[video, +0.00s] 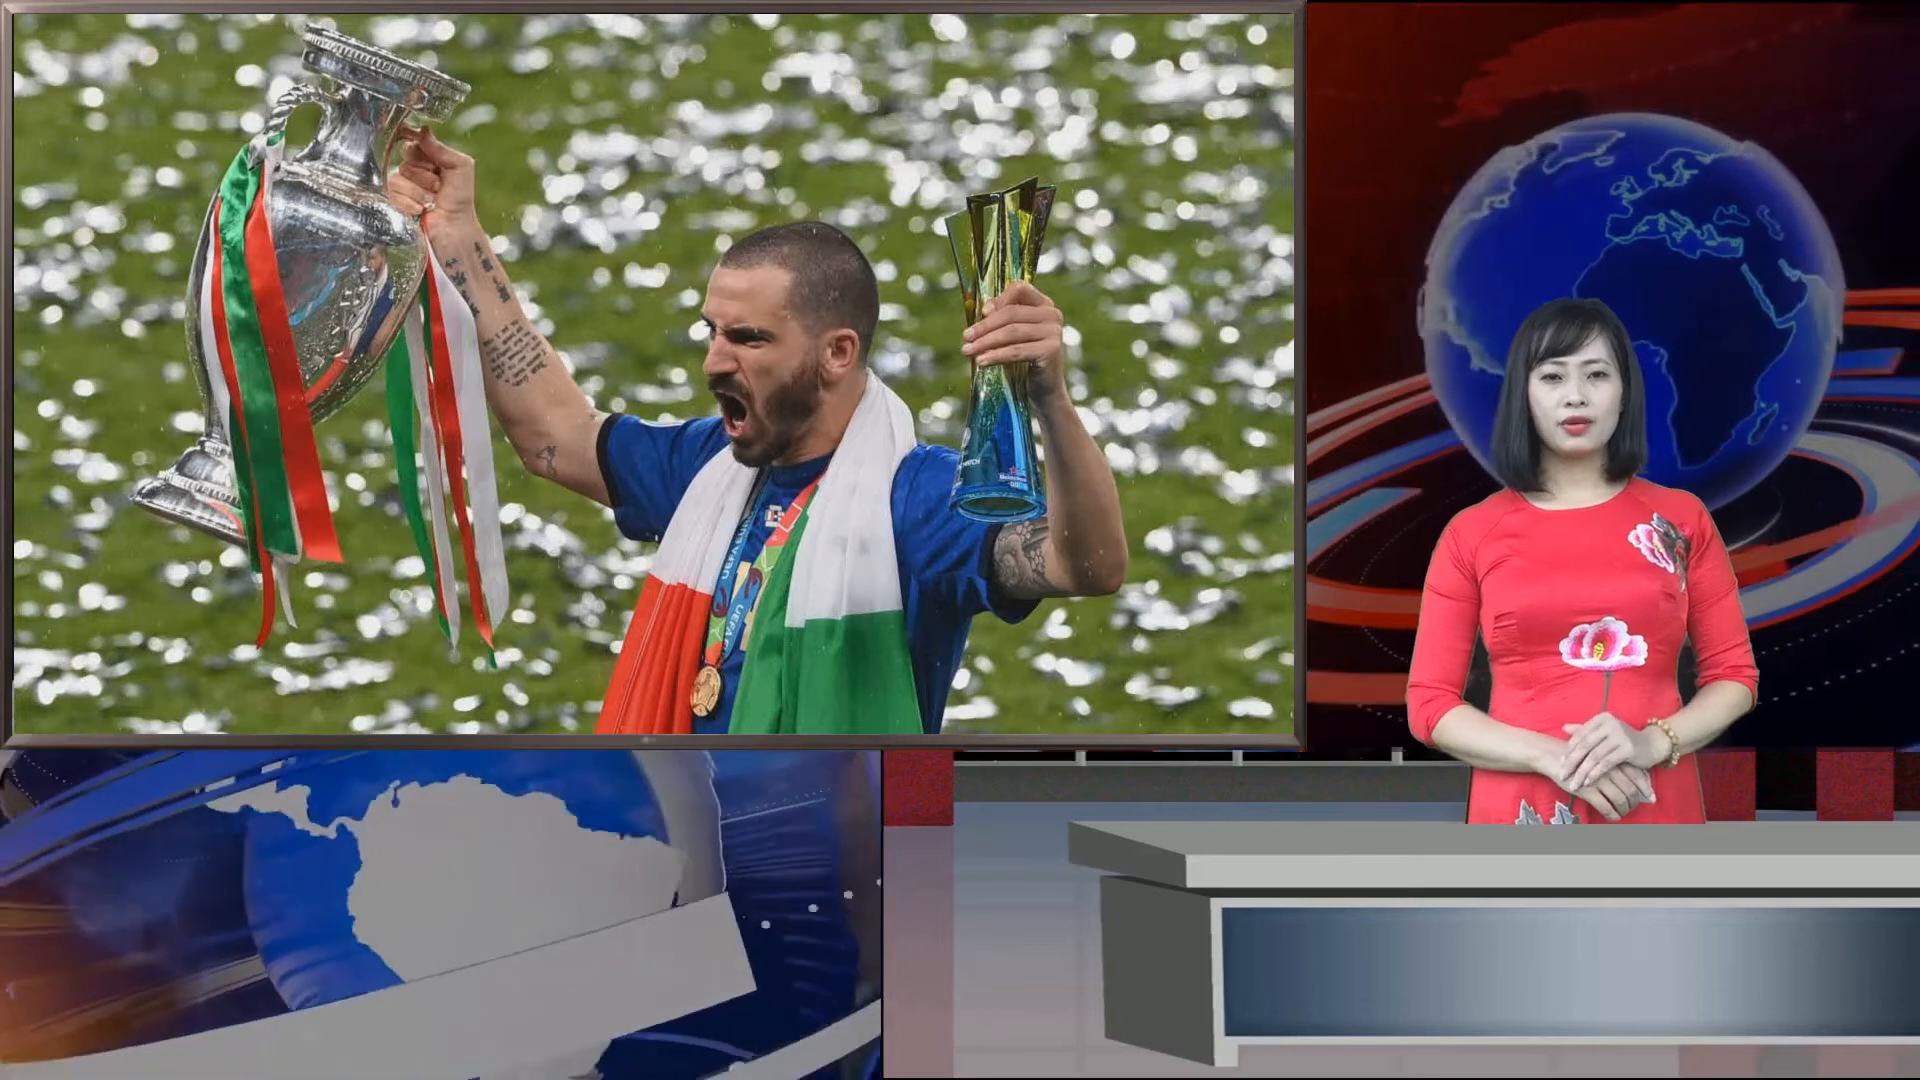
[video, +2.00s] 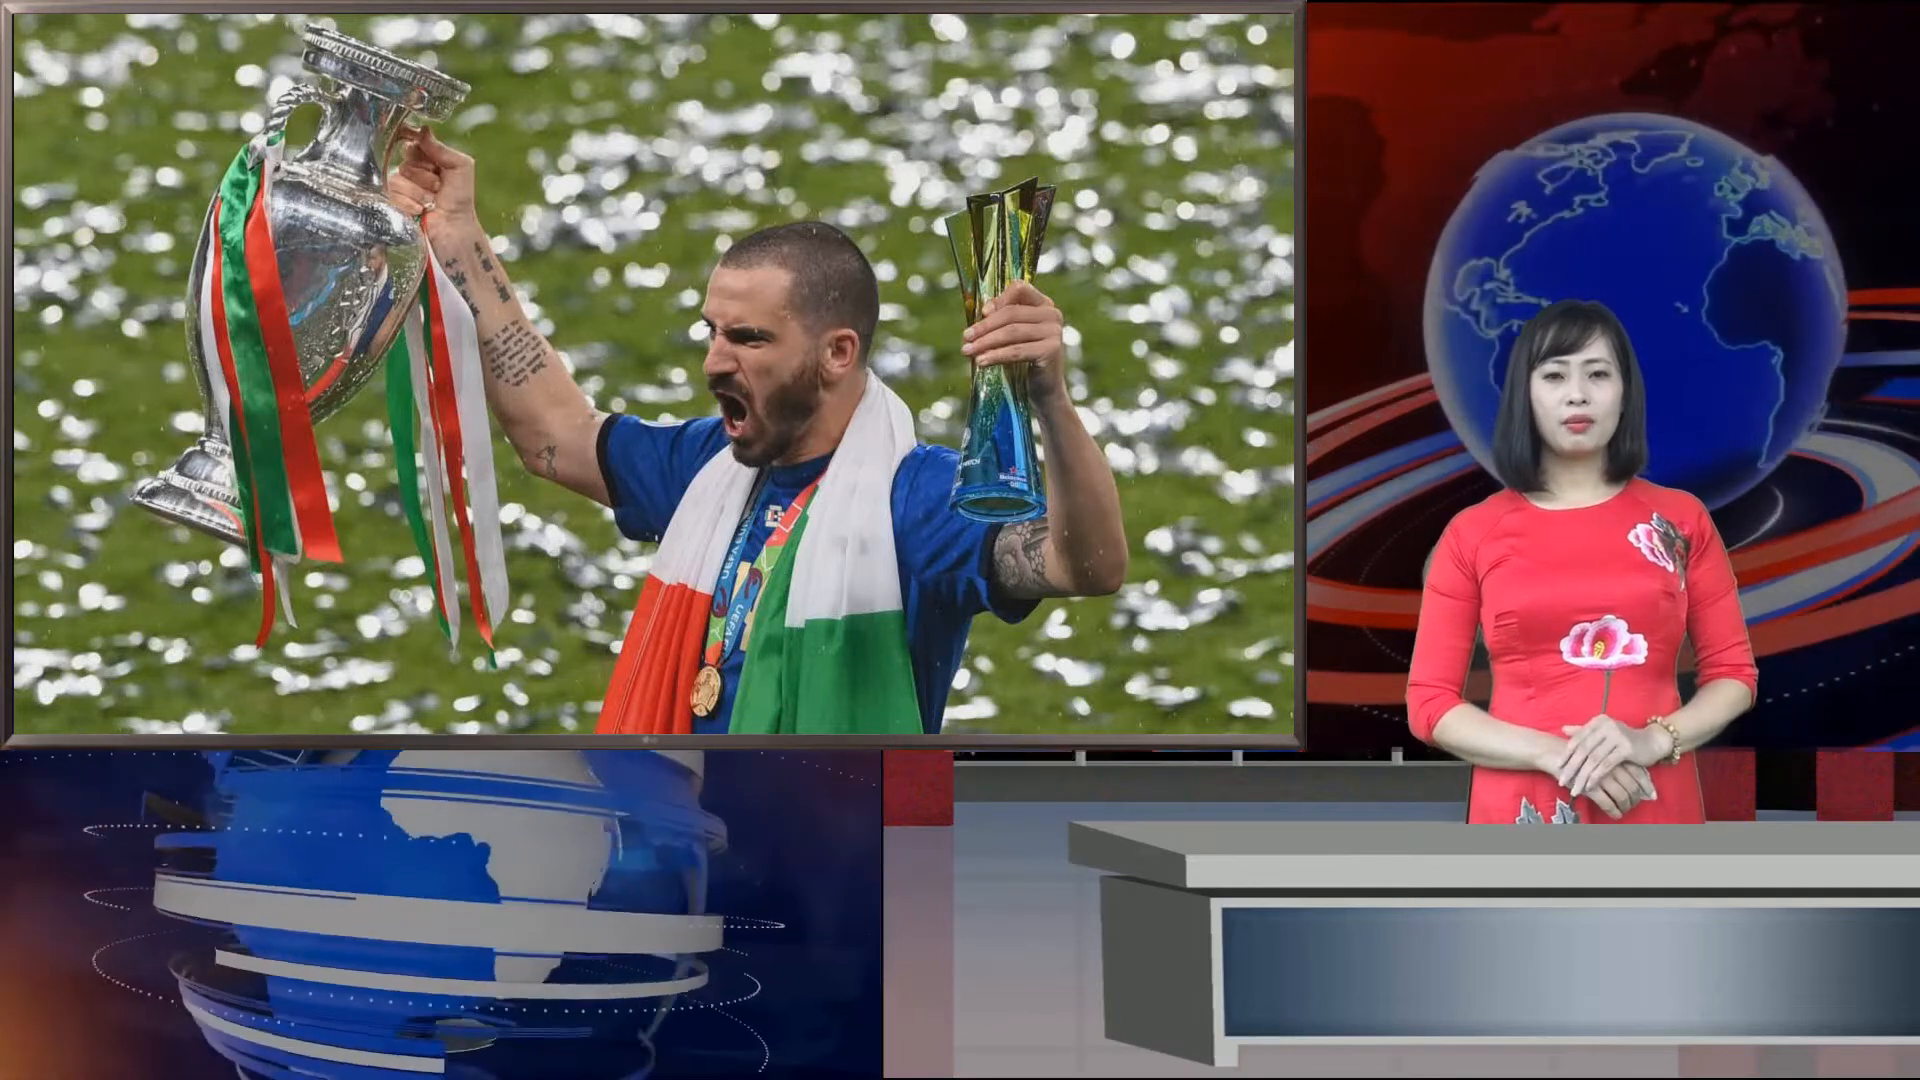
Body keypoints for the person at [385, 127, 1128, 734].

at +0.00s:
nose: (714, 361)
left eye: (747, 339)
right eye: (712, 333)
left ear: (839, 355)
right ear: (705, 327)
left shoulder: (915, 493)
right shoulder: (702, 465)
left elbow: (1090, 563)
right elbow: (557, 438)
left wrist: (1049, 398)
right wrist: (465, 253)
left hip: (832, 907)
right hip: (671, 893)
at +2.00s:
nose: (713, 362)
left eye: (747, 339)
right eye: (711, 333)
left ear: (838, 355)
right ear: (705, 327)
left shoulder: (914, 493)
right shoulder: (703, 466)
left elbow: (1090, 563)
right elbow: (557, 438)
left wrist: (1049, 399)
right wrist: (464, 252)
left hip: (834, 908)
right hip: (672, 894)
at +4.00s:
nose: (714, 362)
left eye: (747, 339)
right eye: (712, 333)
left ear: (839, 355)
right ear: (705, 327)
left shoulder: (914, 493)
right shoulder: (703, 466)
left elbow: (1089, 563)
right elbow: (557, 438)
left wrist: (1049, 399)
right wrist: (465, 254)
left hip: (829, 902)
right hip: (672, 894)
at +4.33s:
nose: (714, 362)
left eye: (747, 339)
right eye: (712, 333)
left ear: (839, 355)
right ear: (705, 327)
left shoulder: (914, 493)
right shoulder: (703, 466)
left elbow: (1089, 563)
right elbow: (557, 438)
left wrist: (1049, 399)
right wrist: (465, 254)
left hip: (830, 904)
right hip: (674, 894)